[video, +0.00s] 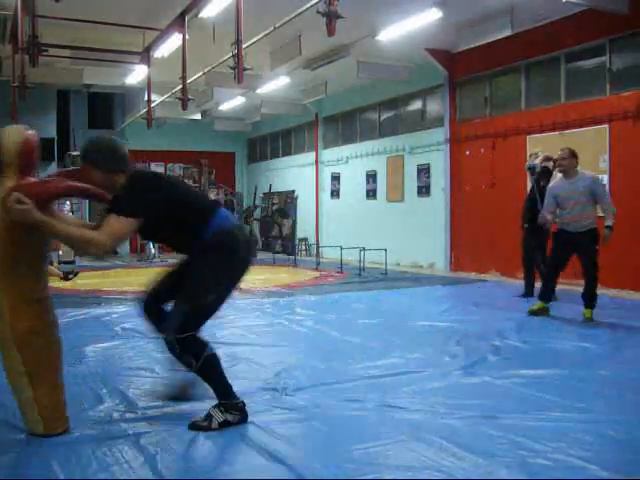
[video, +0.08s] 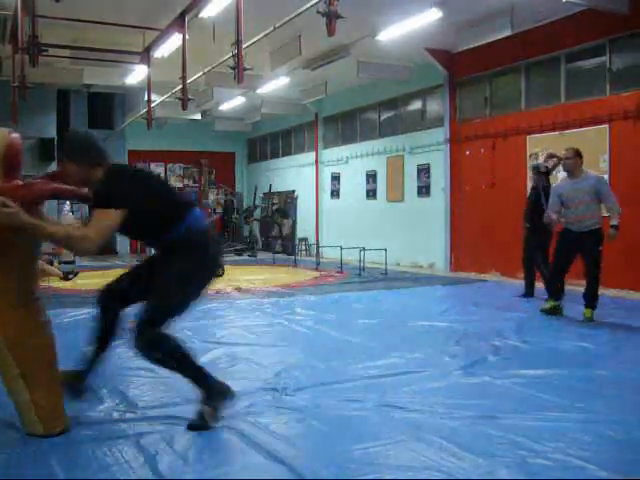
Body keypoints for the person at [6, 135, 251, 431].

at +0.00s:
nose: (86, 178)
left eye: (88, 171)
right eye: (85, 172)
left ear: (102, 170)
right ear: (118, 164)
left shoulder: (140, 188)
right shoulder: (129, 190)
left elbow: (101, 246)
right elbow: (98, 236)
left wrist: (38, 219)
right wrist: (51, 215)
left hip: (227, 247)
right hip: (211, 248)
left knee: (179, 329)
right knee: (154, 304)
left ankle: (230, 404)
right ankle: (192, 374)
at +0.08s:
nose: (63, 173)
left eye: (66, 165)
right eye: (62, 166)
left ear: (83, 164)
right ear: (92, 161)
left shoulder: (116, 184)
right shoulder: (110, 183)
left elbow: (90, 242)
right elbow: (89, 235)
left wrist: (27, 223)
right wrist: (37, 221)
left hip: (195, 257)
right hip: (174, 255)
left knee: (148, 338)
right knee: (110, 299)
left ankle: (214, 390)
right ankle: (83, 378)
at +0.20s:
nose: (44, 174)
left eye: (48, 166)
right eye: (45, 167)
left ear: (62, 167)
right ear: (77, 163)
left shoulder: (104, 192)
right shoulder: (84, 198)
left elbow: (71, 253)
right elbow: (66, 248)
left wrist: (14, 224)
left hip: (160, 271)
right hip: (145, 269)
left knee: (81, 316)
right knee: (83, 316)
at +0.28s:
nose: (31, 180)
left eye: (35, 174)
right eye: (32, 175)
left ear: (48, 178)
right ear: (73, 175)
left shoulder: (88, 210)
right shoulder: (61, 212)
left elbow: (52, 269)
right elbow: (35, 258)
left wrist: (8, 226)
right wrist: (17, 213)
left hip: (133, 298)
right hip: (111, 291)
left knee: (45, 322)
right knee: (35, 312)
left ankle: (49, 418)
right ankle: (31, 404)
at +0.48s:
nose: (21, 186)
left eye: (27, 181)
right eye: (25, 180)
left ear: (39, 194)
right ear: (62, 195)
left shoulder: (50, 231)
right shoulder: (59, 227)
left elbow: (6, 252)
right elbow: (16, 243)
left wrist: (11, 199)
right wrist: (11, 203)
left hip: (96, 329)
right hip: (99, 322)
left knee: (9, 339)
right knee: (17, 322)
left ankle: (35, 432)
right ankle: (39, 409)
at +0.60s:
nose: (17, 181)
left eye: (24, 177)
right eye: (21, 175)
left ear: (35, 189)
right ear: (54, 191)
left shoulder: (40, 223)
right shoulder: (52, 219)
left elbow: (3, 232)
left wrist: (6, 192)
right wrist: (7, 191)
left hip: (92, 323)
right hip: (94, 317)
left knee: (9, 340)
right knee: (14, 323)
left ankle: (34, 432)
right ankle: (39, 409)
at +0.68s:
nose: (11, 162)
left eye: (18, 160)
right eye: (16, 157)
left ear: (32, 176)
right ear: (41, 178)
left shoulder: (38, 211)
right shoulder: (47, 207)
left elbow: (3, 234)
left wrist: (4, 195)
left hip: (93, 306)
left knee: (12, 334)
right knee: (13, 322)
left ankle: (33, 431)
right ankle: (29, 408)